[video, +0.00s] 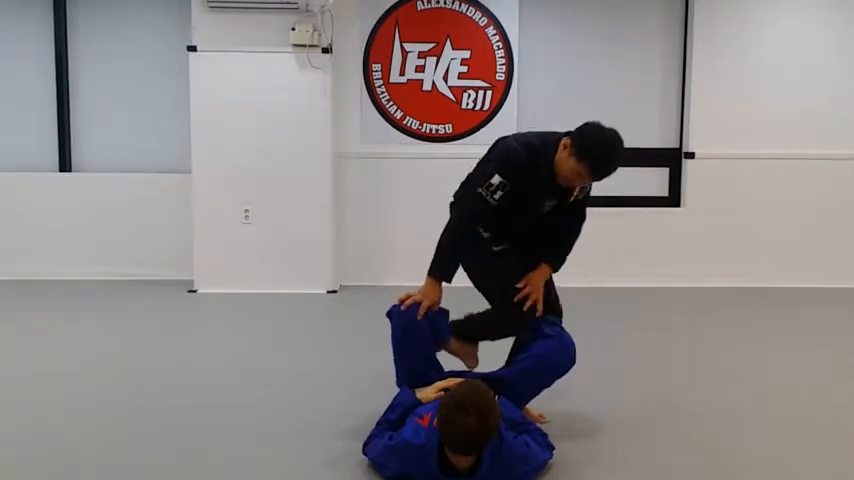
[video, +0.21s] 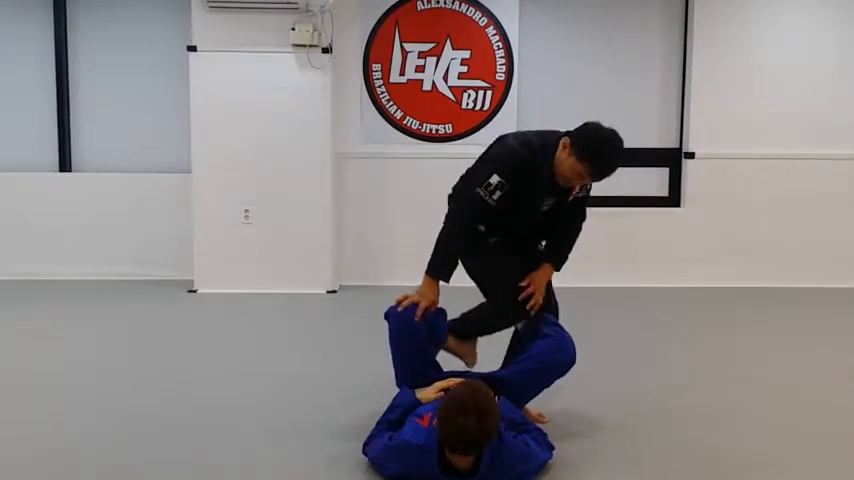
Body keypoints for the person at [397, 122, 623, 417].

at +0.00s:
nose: (578, 186)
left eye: (586, 181)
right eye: (577, 175)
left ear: (597, 176)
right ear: (565, 147)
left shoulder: (580, 176)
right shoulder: (513, 155)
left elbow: (570, 227)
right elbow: (463, 214)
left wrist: (544, 271)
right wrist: (434, 282)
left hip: (523, 242)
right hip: (479, 234)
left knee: (548, 314)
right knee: (520, 312)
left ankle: (510, 398)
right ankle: (458, 333)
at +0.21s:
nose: (578, 185)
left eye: (586, 180)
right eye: (577, 175)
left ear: (597, 176)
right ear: (565, 147)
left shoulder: (579, 176)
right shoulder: (513, 154)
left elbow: (571, 225)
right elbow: (461, 211)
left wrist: (547, 269)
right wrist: (431, 282)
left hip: (521, 239)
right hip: (477, 231)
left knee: (544, 310)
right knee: (515, 302)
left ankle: (509, 395)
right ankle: (455, 334)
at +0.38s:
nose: (573, 187)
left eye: (582, 182)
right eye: (571, 176)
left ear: (591, 177)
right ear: (558, 149)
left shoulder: (577, 173)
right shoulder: (507, 154)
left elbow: (571, 220)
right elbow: (457, 214)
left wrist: (548, 266)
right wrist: (430, 283)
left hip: (521, 240)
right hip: (477, 233)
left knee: (541, 312)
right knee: (515, 298)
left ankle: (508, 393)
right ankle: (453, 318)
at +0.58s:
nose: (568, 189)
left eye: (576, 184)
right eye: (566, 178)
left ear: (586, 179)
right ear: (552, 151)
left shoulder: (573, 179)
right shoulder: (502, 156)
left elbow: (567, 226)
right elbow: (454, 215)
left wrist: (552, 277)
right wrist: (424, 287)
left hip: (520, 242)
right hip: (475, 236)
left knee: (543, 309)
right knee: (512, 302)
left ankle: (508, 393)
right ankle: (453, 337)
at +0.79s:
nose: (562, 192)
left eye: (571, 186)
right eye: (558, 181)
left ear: (581, 179)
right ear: (546, 153)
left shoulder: (575, 177)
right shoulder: (499, 156)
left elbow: (572, 231)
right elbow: (449, 214)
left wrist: (561, 291)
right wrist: (421, 285)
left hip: (520, 240)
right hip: (474, 233)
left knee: (536, 314)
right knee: (506, 300)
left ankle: (506, 394)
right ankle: (444, 332)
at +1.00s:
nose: (563, 193)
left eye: (572, 187)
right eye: (561, 182)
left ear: (583, 182)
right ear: (549, 154)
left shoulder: (575, 178)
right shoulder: (500, 156)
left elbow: (569, 232)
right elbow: (451, 215)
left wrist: (557, 292)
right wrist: (422, 285)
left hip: (520, 242)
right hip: (474, 236)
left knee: (538, 316)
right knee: (508, 304)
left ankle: (507, 396)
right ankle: (444, 334)